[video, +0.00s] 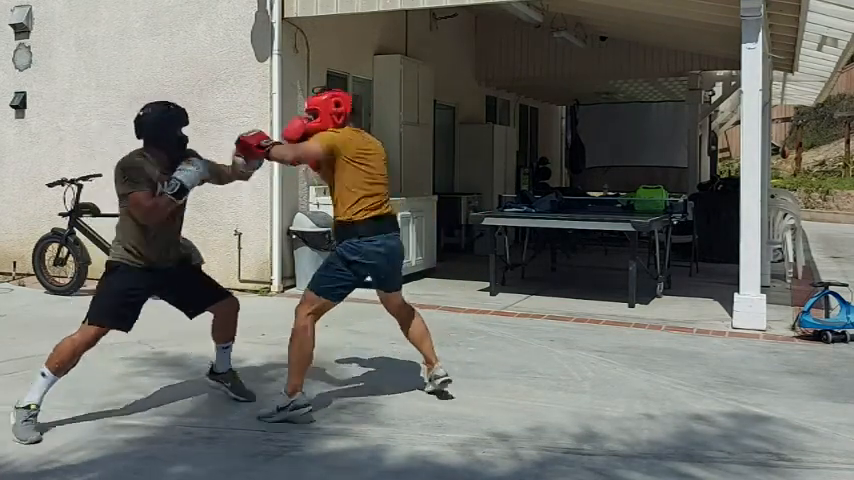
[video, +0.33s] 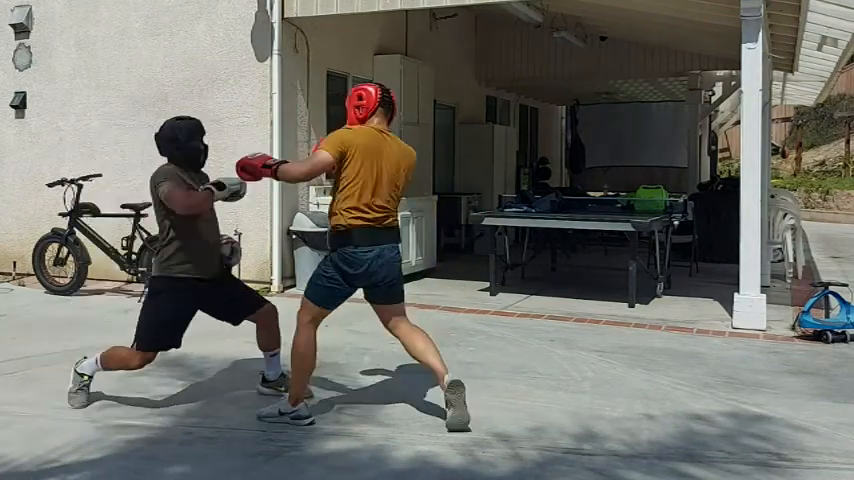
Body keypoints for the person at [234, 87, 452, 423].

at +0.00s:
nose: (310, 123)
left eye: (313, 117)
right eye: (310, 117)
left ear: (328, 116)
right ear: (345, 116)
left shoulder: (334, 138)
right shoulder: (374, 144)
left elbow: (293, 154)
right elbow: (339, 178)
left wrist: (264, 147)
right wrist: (305, 147)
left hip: (356, 246)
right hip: (389, 242)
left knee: (306, 314)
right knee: (398, 305)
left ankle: (294, 397)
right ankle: (434, 368)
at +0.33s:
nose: (348, 114)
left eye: (350, 108)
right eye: (349, 108)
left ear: (361, 107)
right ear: (390, 113)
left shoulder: (346, 137)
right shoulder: (406, 153)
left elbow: (305, 172)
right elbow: (387, 189)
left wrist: (269, 167)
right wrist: (329, 159)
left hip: (349, 250)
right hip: (389, 250)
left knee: (307, 319)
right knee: (398, 320)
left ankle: (295, 404)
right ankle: (446, 378)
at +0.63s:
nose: (360, 104)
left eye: (360, 99)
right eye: (359, 98)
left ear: (371, 95)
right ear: (394, 92)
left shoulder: (373, 122)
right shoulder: (431, 121)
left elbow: (374, 175)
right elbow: (416, 157)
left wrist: (351, 207)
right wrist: (368, 127)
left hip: (401, 231)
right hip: (442, 226)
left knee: (371, 312)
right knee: (446, 316)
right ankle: (463, 404)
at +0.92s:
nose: (353, 110)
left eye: (355, 104)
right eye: (352, 104)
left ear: (370, 103)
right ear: (392, 100)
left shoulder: (377, 133)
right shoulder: (429, 130)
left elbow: (367, 189)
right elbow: (407, 171)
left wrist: (334, 181)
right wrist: (360, 147)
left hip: (404, 245)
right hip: (443, 240)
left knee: (355, 315)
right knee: (449, 333)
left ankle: (367, 405)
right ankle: (472, 422)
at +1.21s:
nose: (313, 123)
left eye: (315, 117)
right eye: (314, 116)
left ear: (328, 117)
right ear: (355, 117)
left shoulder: (324, 146)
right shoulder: (386, 147)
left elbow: (269, 178)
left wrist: (283, 150)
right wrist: (306, 147)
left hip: (346, 265)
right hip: (391, 260)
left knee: (289, 326)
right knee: (421, 338)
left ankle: (265, 411)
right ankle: (470, 416)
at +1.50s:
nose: (247, 130)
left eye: (250, 125)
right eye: (294, 127)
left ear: (255, 128)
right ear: (290, 129)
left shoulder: (231, 152)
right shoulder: (309, 169)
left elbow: (175, 154)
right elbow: (318, 219)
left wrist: (173, 138)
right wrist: (297, 191)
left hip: (234, 276)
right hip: (283, 278)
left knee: (208, 337)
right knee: (334, 344)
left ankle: (165, 413)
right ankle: (368, 425)